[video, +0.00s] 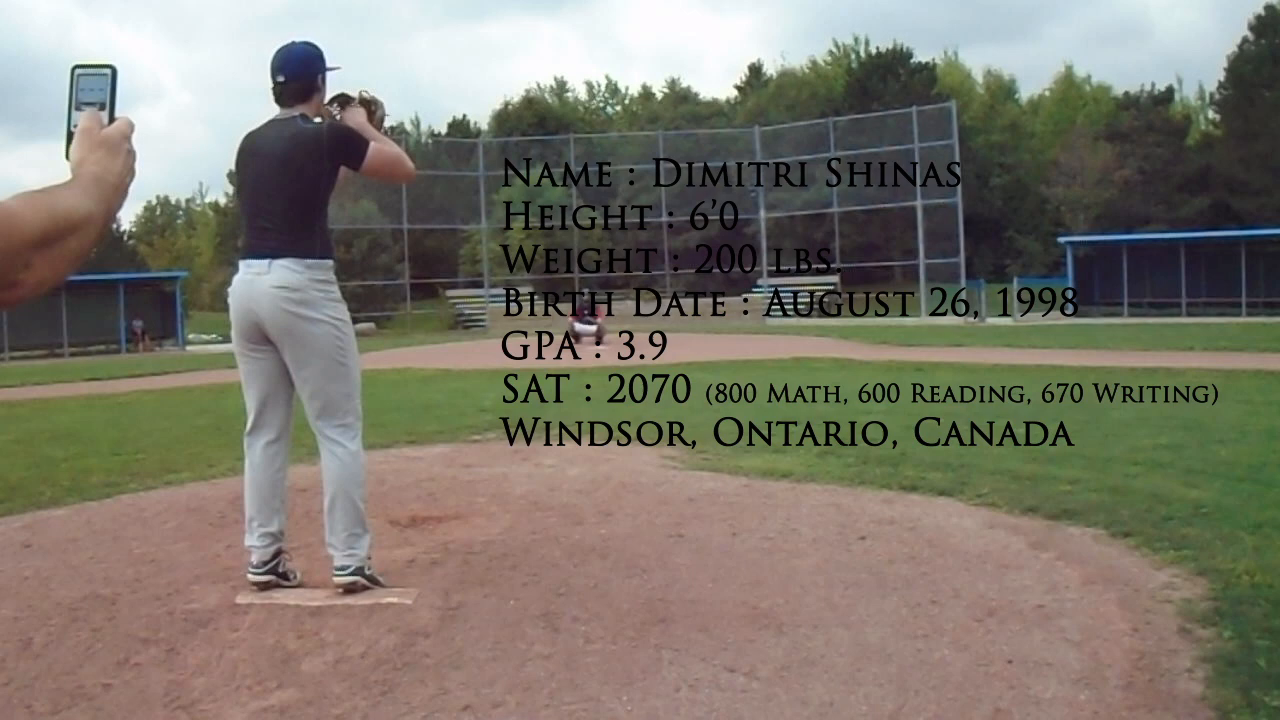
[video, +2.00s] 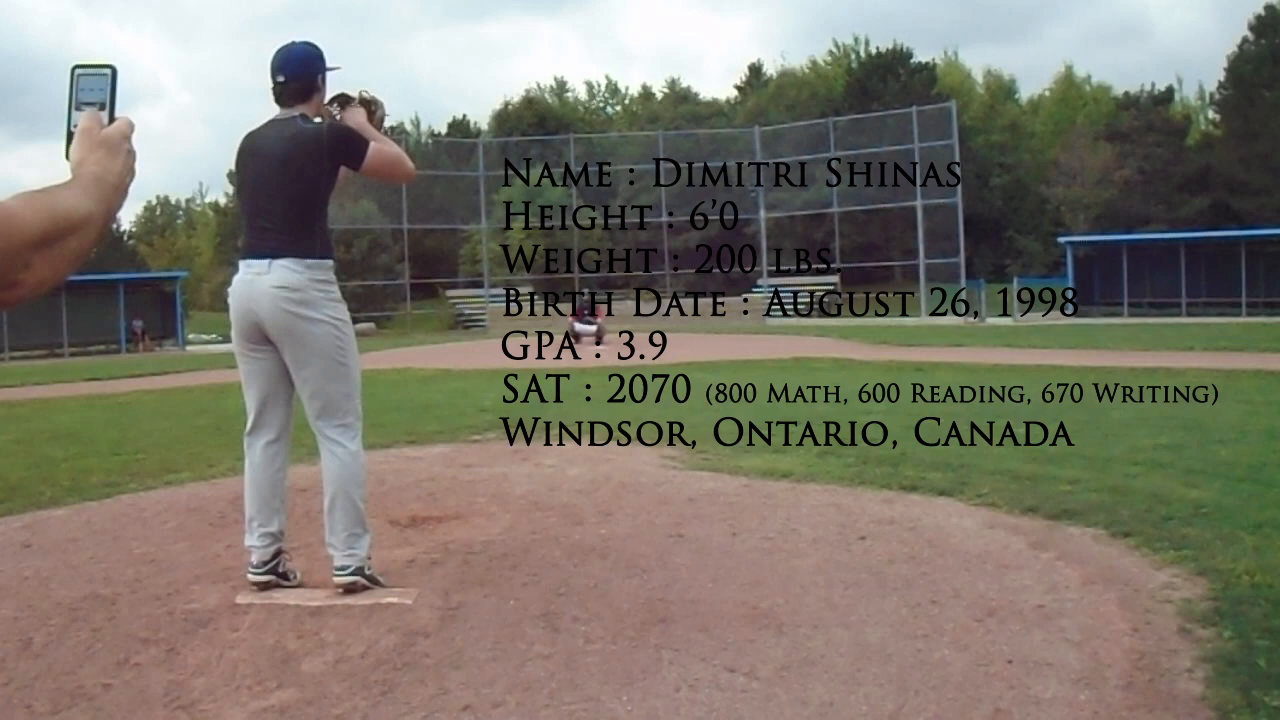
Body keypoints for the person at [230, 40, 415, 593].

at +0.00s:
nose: (327, 88)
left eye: (322, 81)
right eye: (325, 81)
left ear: (275, 88)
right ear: (320, 86)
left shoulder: (250, 143)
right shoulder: (327, 135)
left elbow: (301, 185)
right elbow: (402, 167)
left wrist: (327, 131)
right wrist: (362, 125)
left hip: (246, 288)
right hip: (303, 286)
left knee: (264, 430)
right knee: (338, 429)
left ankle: (263, 558)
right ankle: (350, 561)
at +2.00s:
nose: (327, 88)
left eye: (322, 81)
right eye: (325, 81)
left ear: (275, 88)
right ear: (320, 86)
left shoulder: (250, 143)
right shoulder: (327, 135)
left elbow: (301, 185)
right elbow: (402, 167)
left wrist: (327, 131)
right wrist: (362, 125)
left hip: (246, 288)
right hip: (303, 286)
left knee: (264, 430)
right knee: (338, 429)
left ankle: (263, 558)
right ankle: (350, 561)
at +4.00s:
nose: (306, 107)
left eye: (300, 98)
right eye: (306, 99)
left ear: (254, 102)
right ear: (300, 102)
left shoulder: (220, 153)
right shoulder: (300, 145)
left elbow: (274, 221)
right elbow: (377, 188)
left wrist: (320, 167)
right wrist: (344, 145)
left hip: (198, 302)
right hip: (261, 301)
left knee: (220, 462)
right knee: (317, 437)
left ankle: (236, 602)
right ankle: (344, 562)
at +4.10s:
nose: (297, 108)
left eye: (292, 99)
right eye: (297, 99)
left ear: (244, 101)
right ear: (289, 102)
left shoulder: (210, 153)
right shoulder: (289, 143)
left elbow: (265, 221)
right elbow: (365, 189)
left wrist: (312, 166)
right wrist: (335, 146)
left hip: (188, 304)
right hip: (251, 302)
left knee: (216, 463)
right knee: (310, 431)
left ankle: (234, 601)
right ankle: (329, 560)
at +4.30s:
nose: (284, 106)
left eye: (279, 98)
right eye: (283, 98)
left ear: (230, 99)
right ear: (275, 100)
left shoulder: (196, 152)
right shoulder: (275, 143)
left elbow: (256, 219)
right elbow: (352, 189)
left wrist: (301, 164)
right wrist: (323, 145)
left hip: (180, 306)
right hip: (240, 302)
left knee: (214, 463)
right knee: (297, 423)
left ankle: (234, 602)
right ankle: (288, 558)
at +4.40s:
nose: (280, 107)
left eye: (276, 98)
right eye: (280, 98)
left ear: (227, 100)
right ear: (272, 100)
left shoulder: (194, 152)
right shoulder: (273, 143)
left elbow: (257, 218)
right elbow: (351, 187)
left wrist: (299, 161)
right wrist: (321, 144)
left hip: (179, 308)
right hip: (240, 304)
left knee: (214, 462)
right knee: (294, 426)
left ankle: (233, 602)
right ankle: (285, 561)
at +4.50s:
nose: (279, 107)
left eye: (274, 98)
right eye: (280, 99)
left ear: (226, 100)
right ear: (272, 101)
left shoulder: (194, 153)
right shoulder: (273, 145)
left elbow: (259, 218)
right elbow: (352, 186)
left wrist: (300, 160)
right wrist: (321, 143)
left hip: (178, 310)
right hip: (239, 306)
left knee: (213, 462)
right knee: (297, 423)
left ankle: (234, 602)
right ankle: (286, 557)